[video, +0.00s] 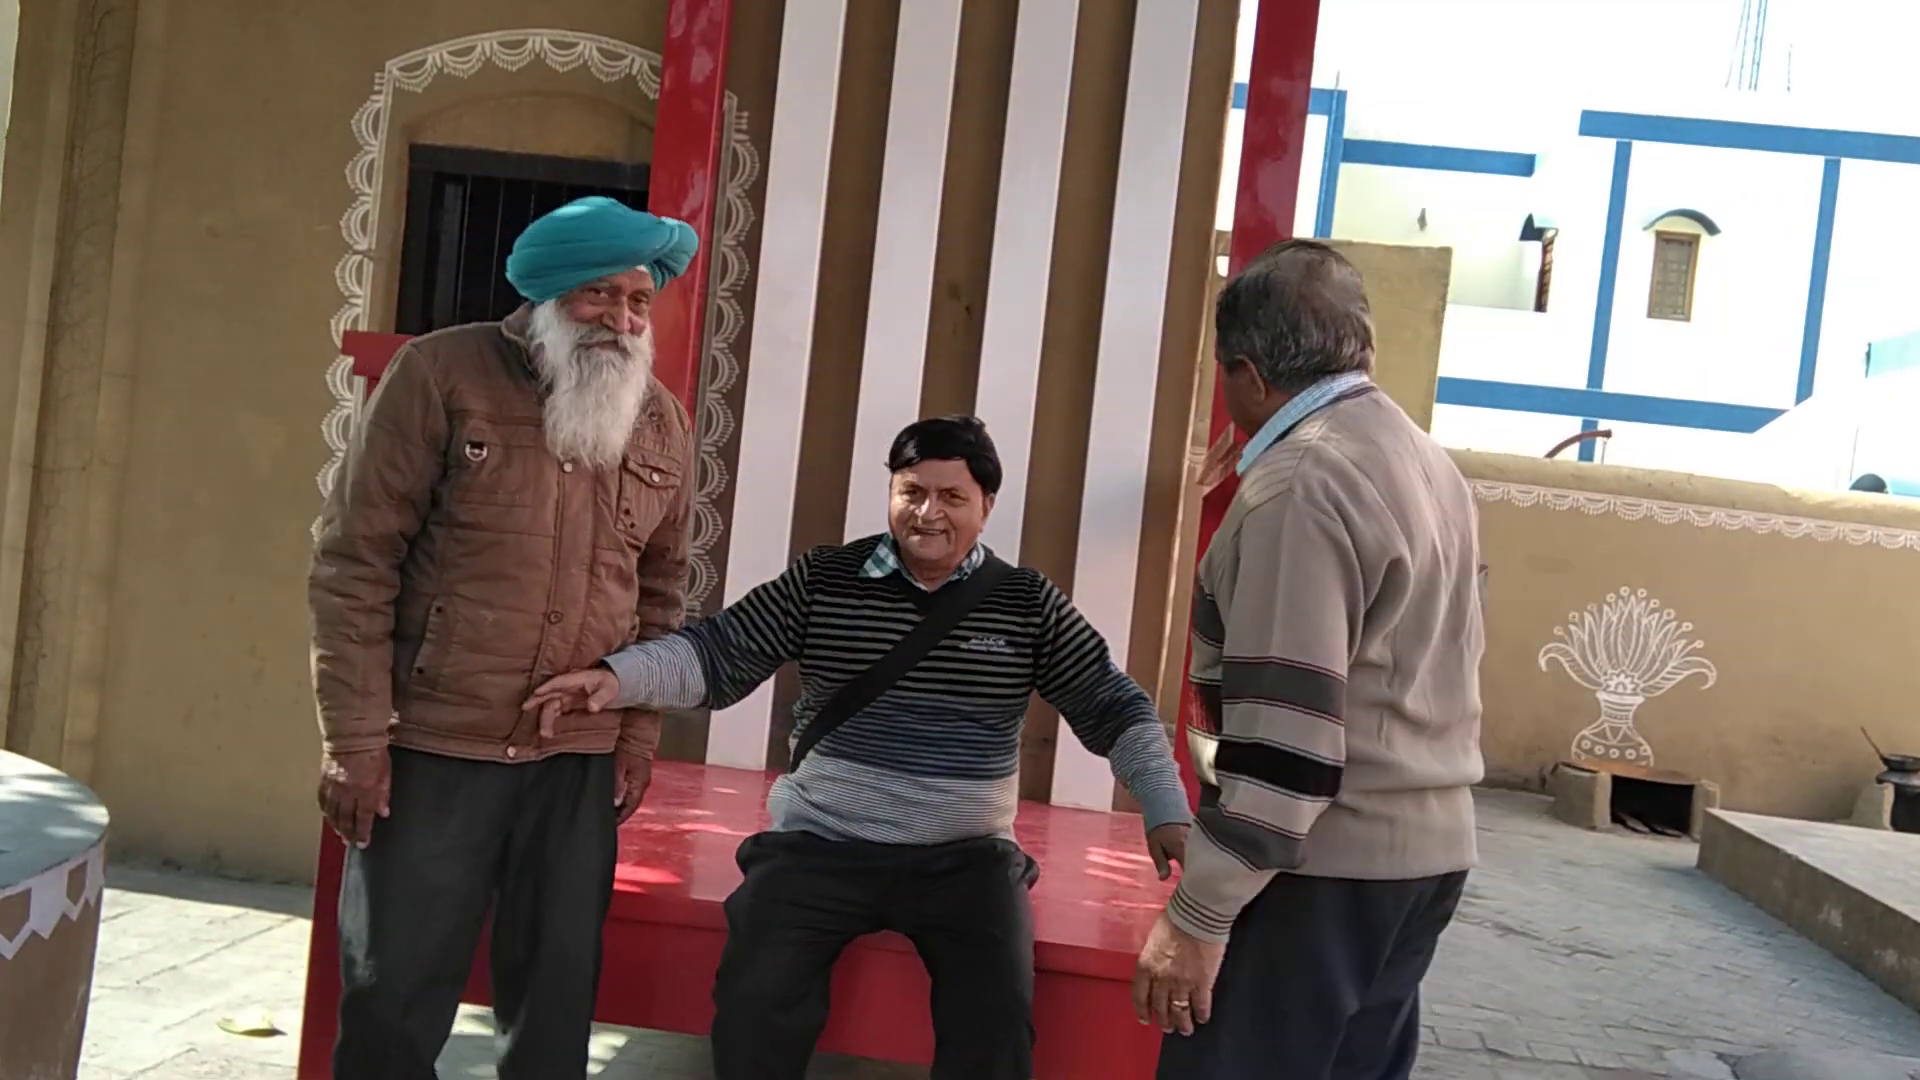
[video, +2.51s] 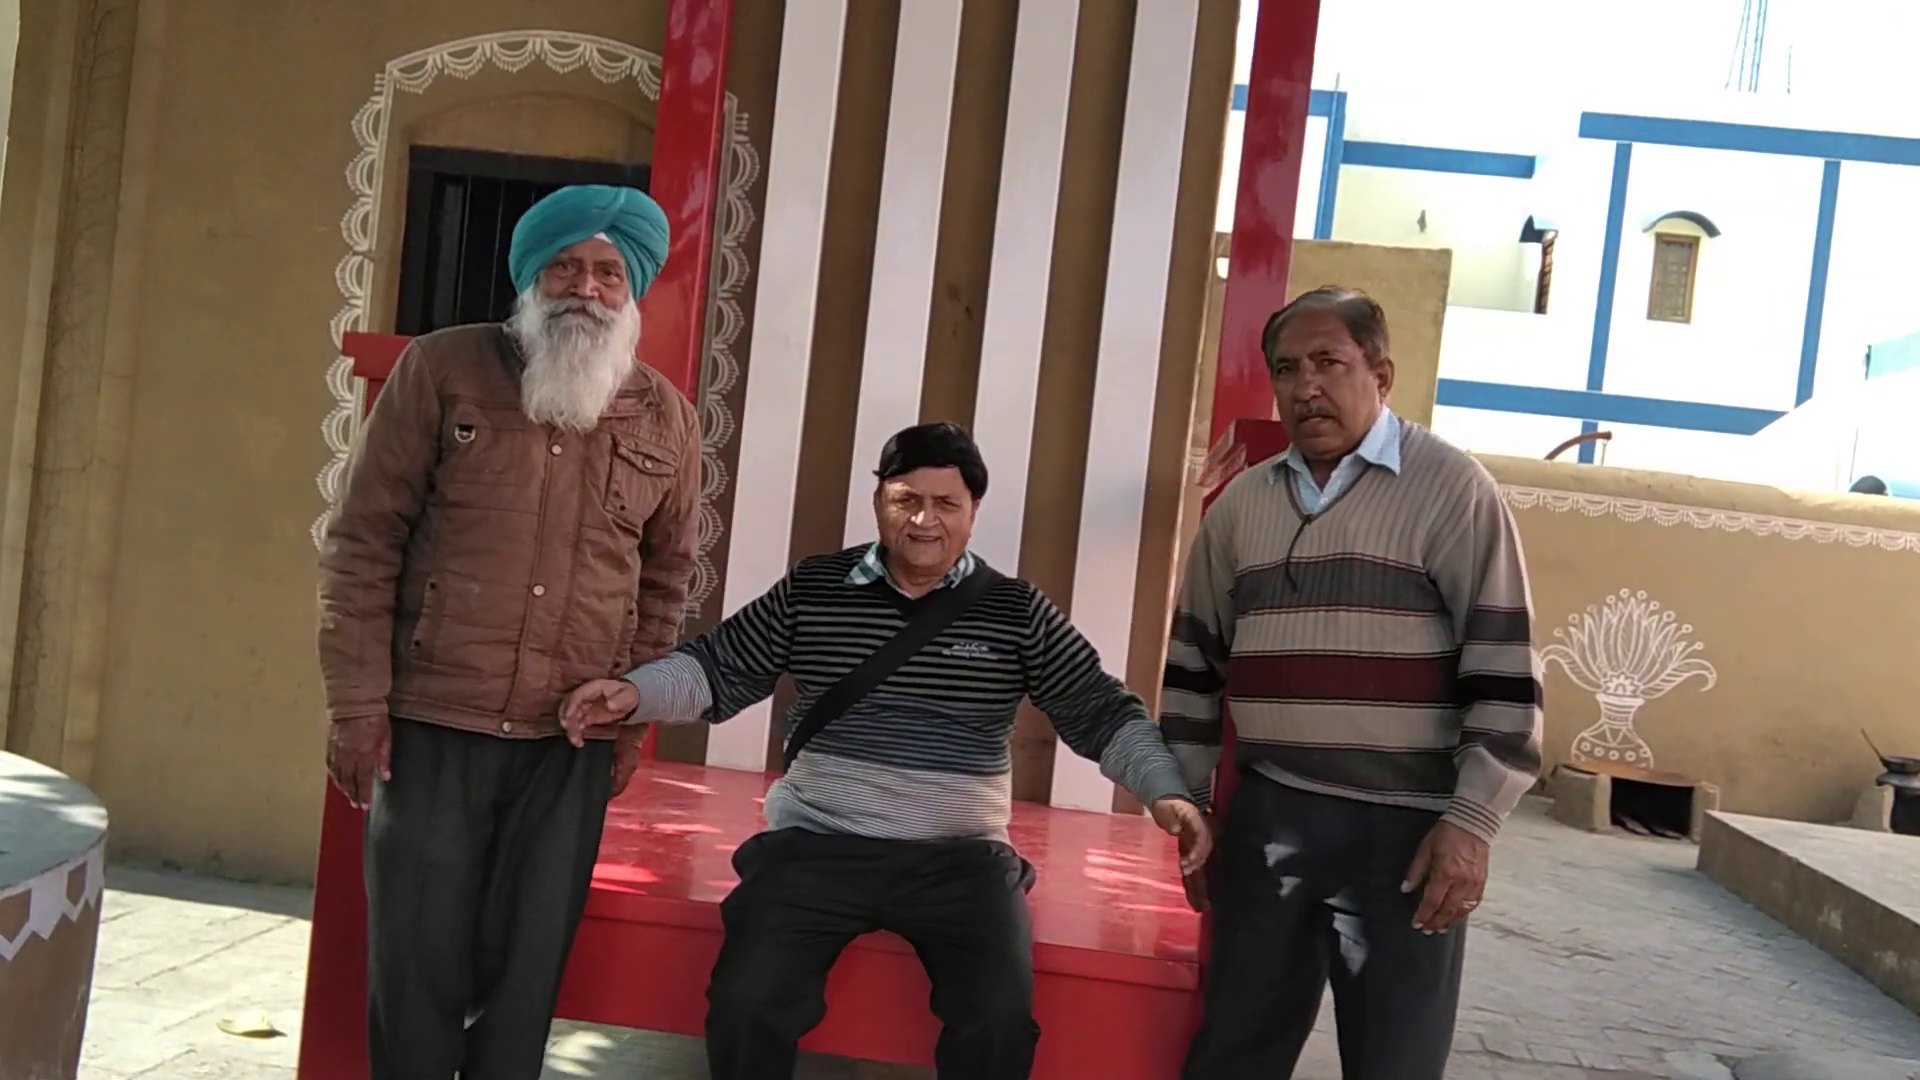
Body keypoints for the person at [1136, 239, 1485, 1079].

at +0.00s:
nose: (1223, 394)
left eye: (1223, 372)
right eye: (1223, 372)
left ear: (1249, 373)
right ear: (1358, 350)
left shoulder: (1300, 485)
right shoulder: (1425, 460)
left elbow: (1285, 755)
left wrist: (1196, 914)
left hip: (1318, 873)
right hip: (1419, 860)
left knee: (1231, 1064)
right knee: (1365, 1064)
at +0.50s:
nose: (1198, 378)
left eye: (1213, 358)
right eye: (1202, 357)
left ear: (1272, 368)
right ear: (1275, 368)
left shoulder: (1324, 477)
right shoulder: (1294, 455)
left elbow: (1297, 705)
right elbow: (1234, 651)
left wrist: (1170, 827)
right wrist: (1156, 771)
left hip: (1275, 826)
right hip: (1248, 816)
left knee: (1213, 1048)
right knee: (1204, 1042)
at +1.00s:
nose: (1199, 380)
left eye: (1221, 358)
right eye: (1181, 364)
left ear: (1274, 367)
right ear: (1165, 380)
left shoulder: (1354, 483)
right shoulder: (1150, 504)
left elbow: (1423, 664)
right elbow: (1145, 663)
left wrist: (1430, 821)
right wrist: (1139, 775)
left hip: (1315, 830)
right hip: (1182, 821)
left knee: (1285, 1062)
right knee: (1171, 1057)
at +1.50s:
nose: (1172, 381)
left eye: (1192, 358)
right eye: (1154, 366)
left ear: (1245, 363)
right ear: (1141, 384)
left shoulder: (1328, 473)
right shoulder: (1131, 501)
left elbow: (1398, 645)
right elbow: (1136, 642)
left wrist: (1385, 787)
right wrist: (1140, 773)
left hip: (1302, 819)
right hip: (1178, 815)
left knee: (1285, 1056)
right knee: (1167, 1052)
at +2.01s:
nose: (1218, 377)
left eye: (1239, 355)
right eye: (1201, 360)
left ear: (1292, 365)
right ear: (1186, 378)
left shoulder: (1372, 479)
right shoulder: (1170, 499)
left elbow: (1437, 660)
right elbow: (1160, 654)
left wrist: (1419, 807)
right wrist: (1158, 777)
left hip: (1340, 828)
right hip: (1209, 820)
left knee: (1350, 1065)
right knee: (1187, 1061)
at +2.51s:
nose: (1305, 385)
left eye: (1326, 362)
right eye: (1287, 369)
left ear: (1380, 372)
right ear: (1271, 386)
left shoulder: (1456, 495)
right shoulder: (1237, 509)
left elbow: (1507, 683)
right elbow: (1192, 673)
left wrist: (1471, 823)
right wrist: (1192, 812)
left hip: (1407, 837)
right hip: (1265, 824)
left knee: (1393, 1067)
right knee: (1232, 1059)